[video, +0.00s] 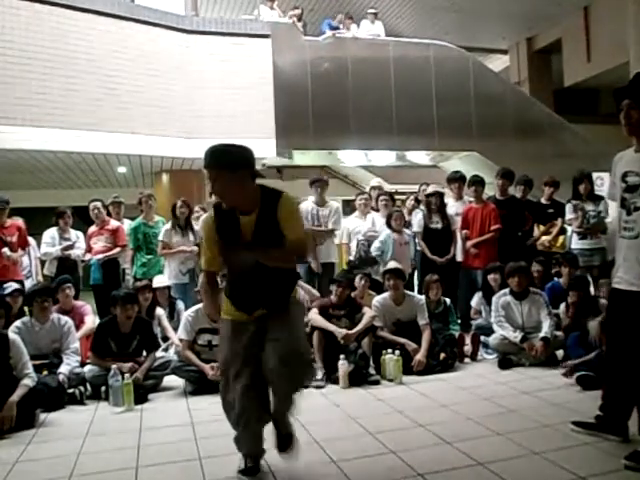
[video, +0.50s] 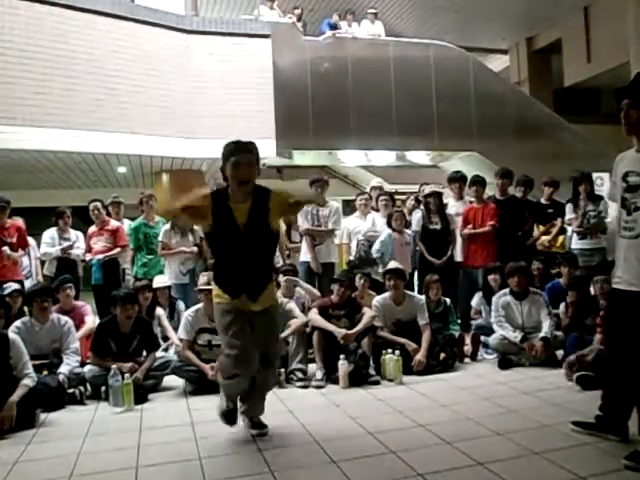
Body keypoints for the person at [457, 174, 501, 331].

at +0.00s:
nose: (474, 190)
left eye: (477, 187)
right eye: (471, 187)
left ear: (482, 189)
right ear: (468, 189)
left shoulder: (490, 208)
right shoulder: (468, 210)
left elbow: (495, 231)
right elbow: (463, 229)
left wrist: (473, 242)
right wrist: (464, 233)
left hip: (485, 259)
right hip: (469, 259)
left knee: (485, 295)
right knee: (466, 295)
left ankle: (486, 323)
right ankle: (466, 325)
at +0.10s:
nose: (474, 190)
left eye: (477, 187)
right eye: (471, 187)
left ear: (482, 189)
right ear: (468, 189)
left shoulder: (490, 208)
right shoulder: (468, 209)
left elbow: (496, 230)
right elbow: (463, 229)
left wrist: (475, 239)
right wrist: (465, 235)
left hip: (485, 259)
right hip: (469, 259)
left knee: (485, 294)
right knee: (467, 294)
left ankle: (487, 322)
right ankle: (466, 325)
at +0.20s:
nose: (474, 190)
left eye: (477, 187)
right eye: (472, 187)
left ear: (483, 189)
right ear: (468, 189)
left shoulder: (491, 208)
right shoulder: (468, 210)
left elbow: (495, 230)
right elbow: (464, 229)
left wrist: (475, 236)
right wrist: (470, 240)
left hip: (485, 258)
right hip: (469, 258)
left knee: (485, 294)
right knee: (466, 295)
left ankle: (486, 323)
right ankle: (466, 325)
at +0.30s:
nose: (474, 190)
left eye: (477, 187)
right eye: (472, 187)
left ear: (483, 189)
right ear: (468, 189)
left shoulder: (490, 208)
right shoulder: (468, 210)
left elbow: (494, 229)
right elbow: (463, 228)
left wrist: (473, 233)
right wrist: (468, 234)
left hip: (485, 259)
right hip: (469, 258)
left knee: (485, 295)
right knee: (466, 295)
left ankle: (486, 324)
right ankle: (465, 326)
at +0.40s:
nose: (474, 190)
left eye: (477, 187)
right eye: (472, 187)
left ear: (483, 189)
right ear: (469, 189)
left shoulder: (490, 208)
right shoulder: (468, 209)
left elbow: (493, 227)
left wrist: (472, 232)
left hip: (485, 259)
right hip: (469, 259)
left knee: (486, 295)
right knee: (466, 296)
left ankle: (487, 325)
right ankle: (465, 327)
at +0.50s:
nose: (475, 190)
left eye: (478, 187)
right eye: (472, 187)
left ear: (483, 189)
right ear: (469, 189)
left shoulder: (490, 207)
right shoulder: (468, 210)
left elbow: (491, 226)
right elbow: (462, 230)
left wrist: (470, 231)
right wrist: (475, 228)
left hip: (486, 259)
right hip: (470, 259)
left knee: (486, 296)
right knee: (466, 296)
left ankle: (487, 325)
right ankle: (465, 328)